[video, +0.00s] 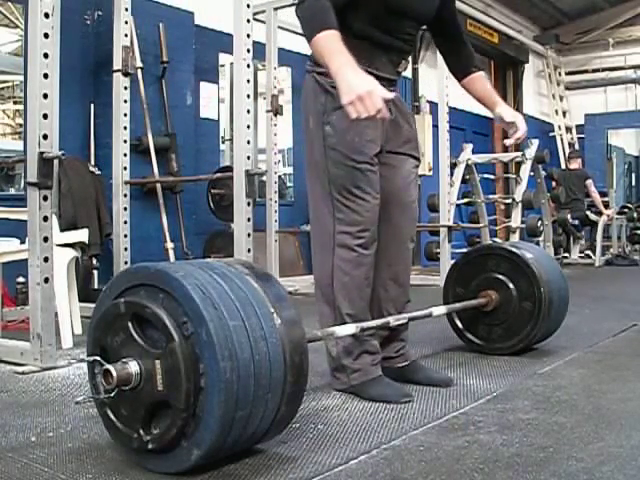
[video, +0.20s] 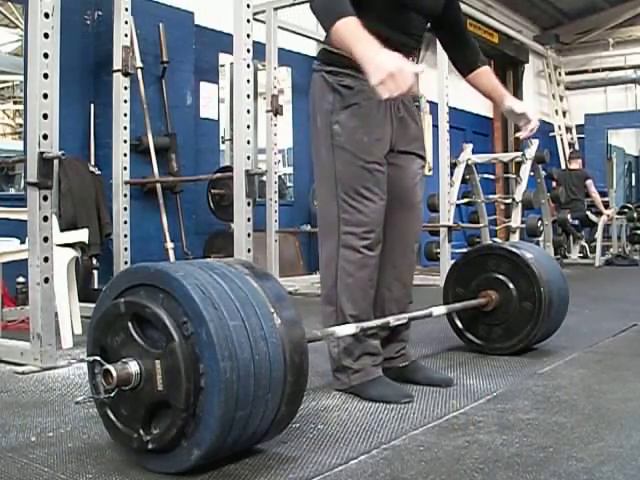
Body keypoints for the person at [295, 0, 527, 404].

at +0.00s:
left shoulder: (439, 4)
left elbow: (459, 55)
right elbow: (311, 6)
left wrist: (500, 108)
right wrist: (347, 72)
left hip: (390, 96)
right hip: (336, 89)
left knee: (398, 224)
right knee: (353, 224)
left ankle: (391, 351)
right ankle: (352, 363)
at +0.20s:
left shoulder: (441, 5)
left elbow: (461, 46)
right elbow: (326, 4)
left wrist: (506, 100)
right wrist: (371, 53)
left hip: (402, 88)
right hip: (347, 82)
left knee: (404, 219)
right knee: (358, 222)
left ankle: (393, 353)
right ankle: (353, 363)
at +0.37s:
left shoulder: (439, 2)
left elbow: (459, 34)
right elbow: (333, 2)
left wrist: (512, 90)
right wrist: (389, 37)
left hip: (404, 90)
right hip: (354, 82)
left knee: (407, 225)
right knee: (361, 224)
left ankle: (394, 354)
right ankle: (355, 364)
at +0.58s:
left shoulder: (439, 2)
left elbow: (461, 32)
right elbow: (333, 1)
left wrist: (516, 85)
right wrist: (392, 30)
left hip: (405, 87)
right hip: (356, 81)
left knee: (408, 227)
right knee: (363, 225)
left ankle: (395, 353)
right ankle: (356, 365)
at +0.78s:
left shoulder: (437, 2)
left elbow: (457, 35)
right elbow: (328, 3)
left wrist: (510, 91)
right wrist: (387, 41)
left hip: (403, 90)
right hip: (352, 82)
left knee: (403, 226)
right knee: (358, 225)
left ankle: (393, 353)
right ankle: (355, 364)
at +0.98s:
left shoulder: (434, 4)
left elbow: (454, 37)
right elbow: (325, 4)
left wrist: (502, 94)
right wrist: (381, 47)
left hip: (403, 91)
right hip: (351, 83)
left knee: (401, 225)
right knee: (357, 224)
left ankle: (393, 353)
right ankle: (355, 364)